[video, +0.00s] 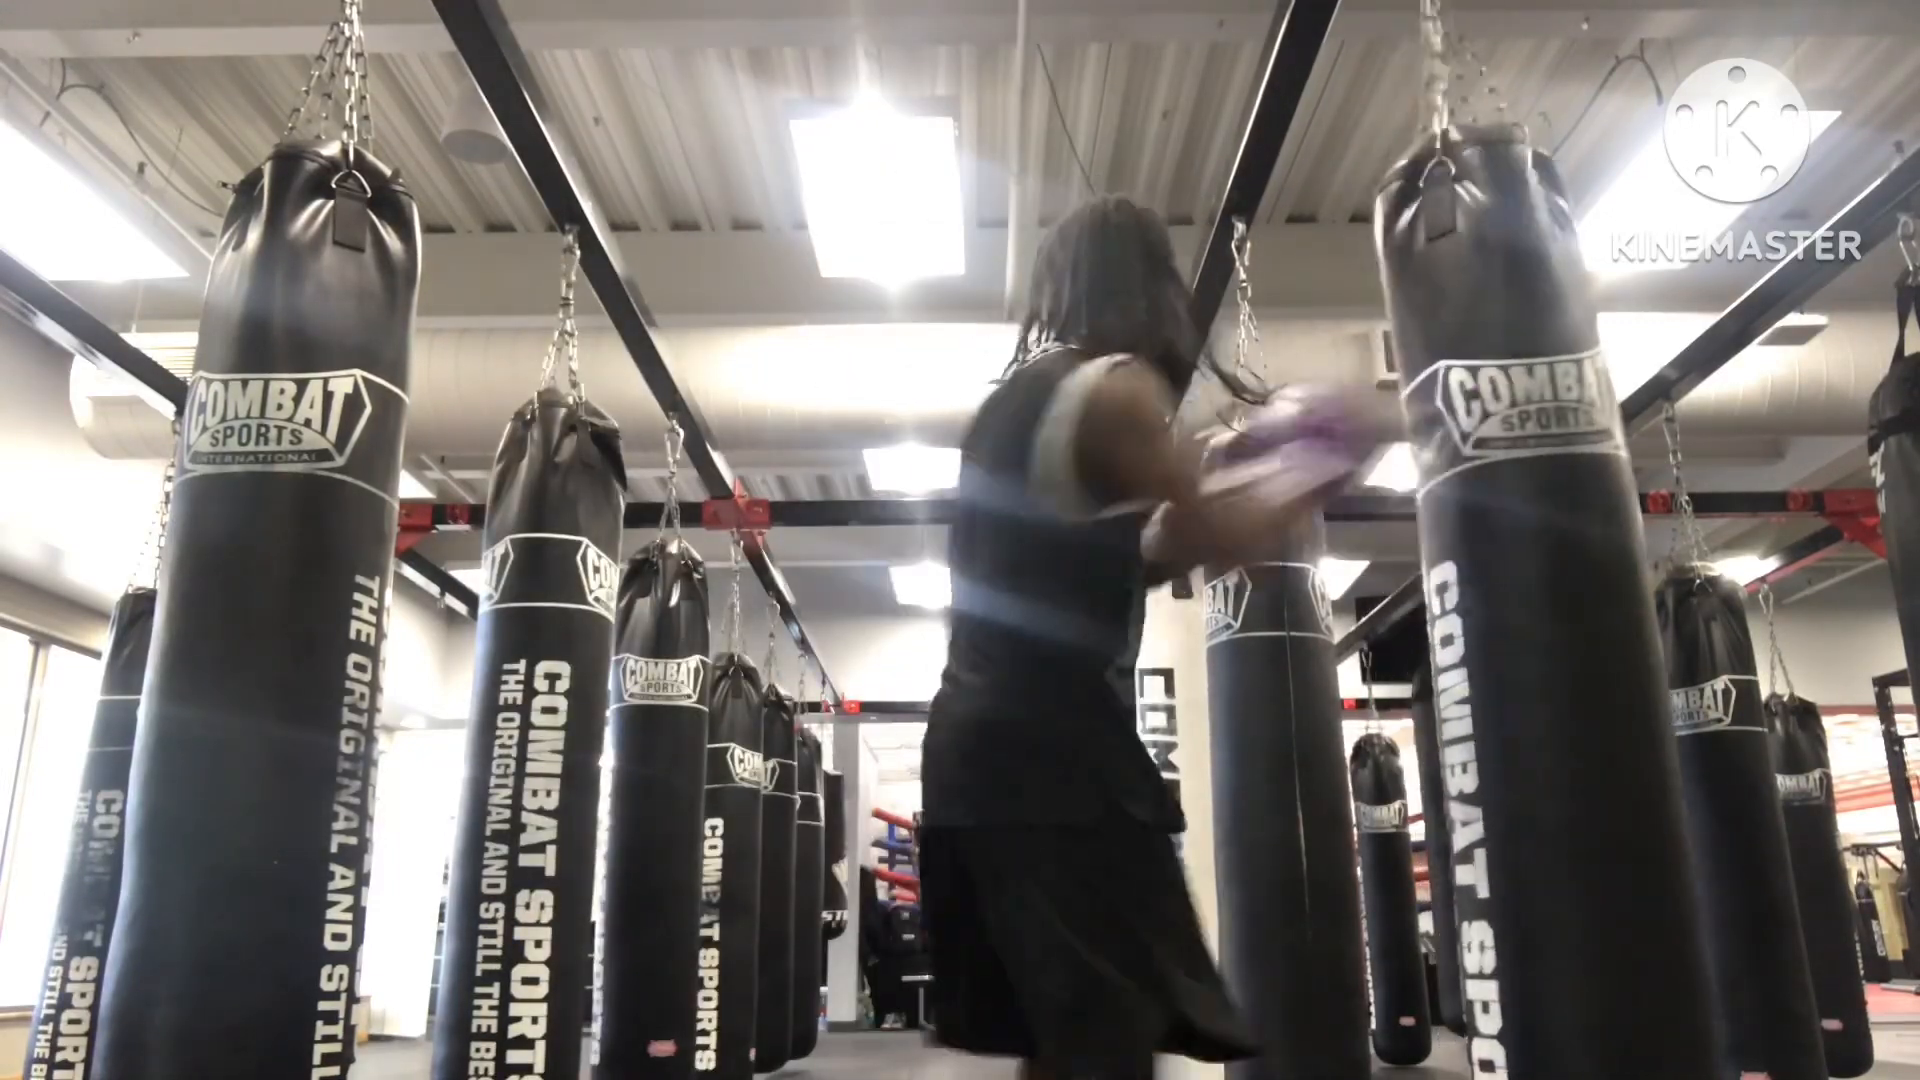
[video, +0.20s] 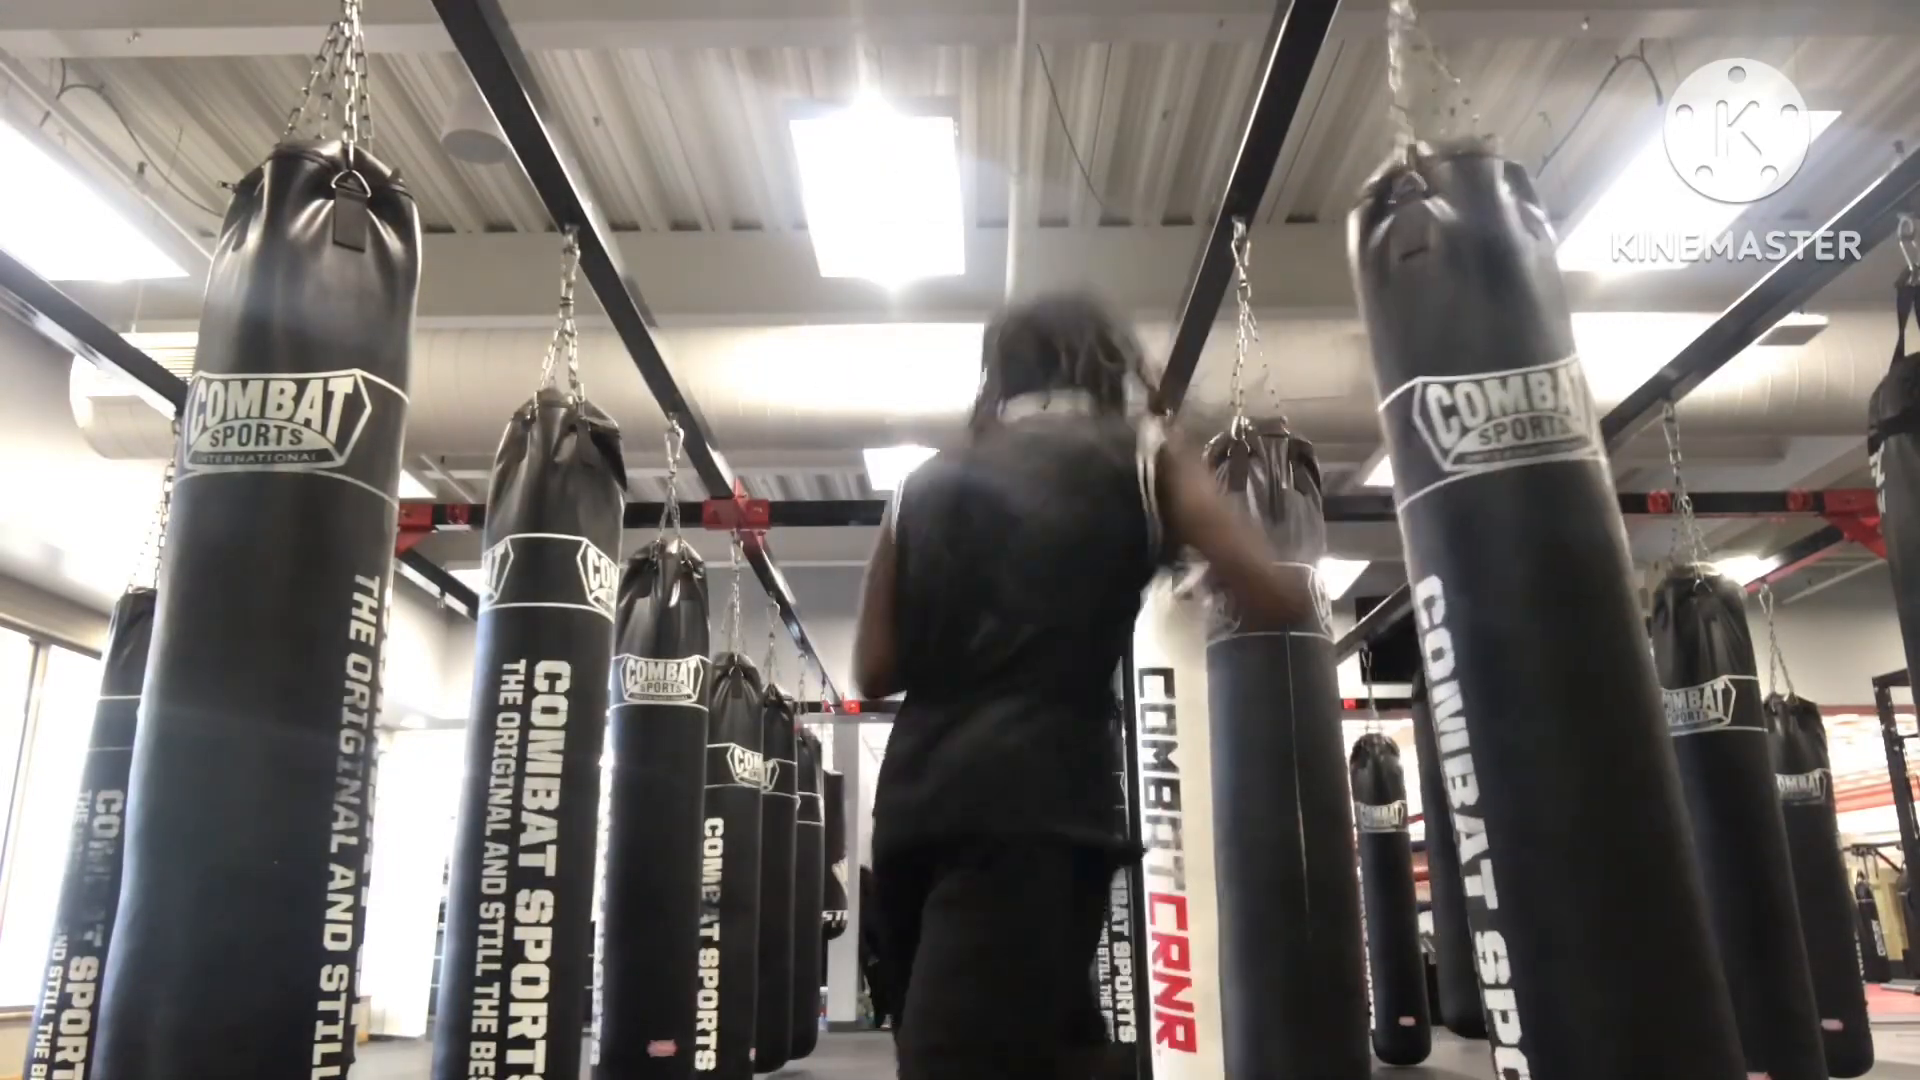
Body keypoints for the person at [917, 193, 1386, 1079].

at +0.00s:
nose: (1182, 296)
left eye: (1176, 275)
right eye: (1172, 275)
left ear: (1058, 286)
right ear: (1151, 284)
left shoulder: (1012, 400)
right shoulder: (1118, 391)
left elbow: (1099, 562)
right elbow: (1232, 533)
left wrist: (1214, 482)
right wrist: (1323, 467)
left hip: (972, 754)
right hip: (1056, 759)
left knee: (1051, 1037)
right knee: (1112, 1030)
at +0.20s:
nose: (1132, 378)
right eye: (1124, 365)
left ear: (997, 378)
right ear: (1112, 369)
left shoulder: (929, 481)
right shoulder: (1142, 452)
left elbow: (872, 671)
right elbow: (1273, 592)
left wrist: (978, 626)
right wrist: (1248, 594)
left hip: (917, 815)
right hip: (1052, 810)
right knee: (954, 1053)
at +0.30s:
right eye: (1129, 403)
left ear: (1003, 405)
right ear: (1111, 397)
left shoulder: (956, 506)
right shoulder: (1109, 455)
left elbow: (871, 697)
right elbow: (1188, 607)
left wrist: (983, 721)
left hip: (940, 831)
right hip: (1029, 834)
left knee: (1100, 1053)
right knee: (959, 1055)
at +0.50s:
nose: (1176, 386)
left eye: (1174, 366)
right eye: (1164, 362)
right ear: (1118, 358)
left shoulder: (1133, 490)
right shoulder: (1020, 413)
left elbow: (1223, 652)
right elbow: (1122, 533)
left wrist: (1348, 650)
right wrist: (1190, 485)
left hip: (1057, 787)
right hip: (953, 770)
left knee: (1133, 1039)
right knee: (977, 1042)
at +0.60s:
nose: (1172, 377)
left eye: (1169, 358)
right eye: (1158, 355)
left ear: (1082, 361)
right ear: (1110, 358)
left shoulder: (1082, 476)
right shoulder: (1047, 427)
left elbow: (1072, 669)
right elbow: (1123, 573)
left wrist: (1217, 665)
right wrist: (1211, 533)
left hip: (1068, 807)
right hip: (990, 797)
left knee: (1163, 1054)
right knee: (948, 1051)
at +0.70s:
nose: (1158, 364)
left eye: (1155, 342)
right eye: (1145, 340)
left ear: (1059, 342)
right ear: (1093, 340)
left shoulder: (1079, 459)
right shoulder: (1022, 419)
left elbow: (1085, 589)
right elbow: (1056, 575)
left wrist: (1177, 548)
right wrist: (1189, 555)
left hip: (1057, 779)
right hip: (967, 779)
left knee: (1156, 1049)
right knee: (957, 1052)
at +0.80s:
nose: (1142, 348)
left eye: (1135, 325)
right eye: (1124, 325)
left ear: (1048, 340)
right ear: (1068, 336)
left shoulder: (1088, 454)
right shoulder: (973, 421)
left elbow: (1187, 509)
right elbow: (975, 589)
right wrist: (1097, 538)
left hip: (1044, 763)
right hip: (932, 767)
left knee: (1122, 1051)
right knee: (874, 1053)